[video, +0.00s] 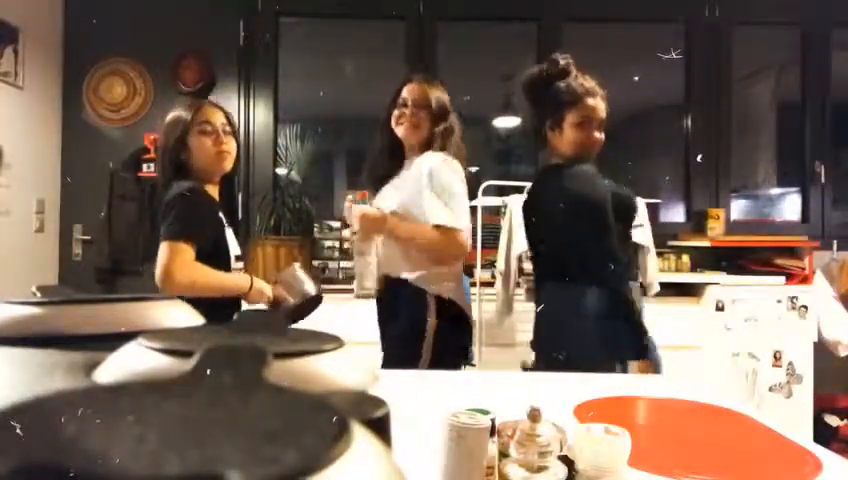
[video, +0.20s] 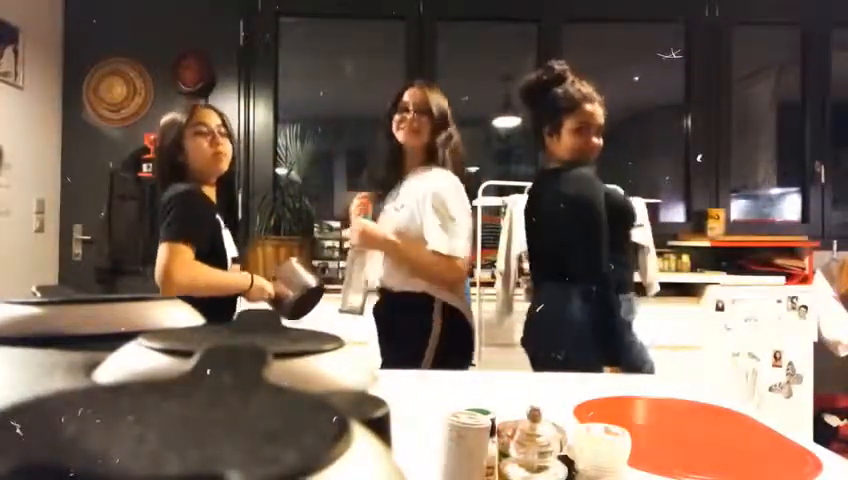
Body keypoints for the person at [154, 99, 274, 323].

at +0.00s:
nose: (222, 139)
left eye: (227, 131)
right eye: (206, 131)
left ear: (236, 141)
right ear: (181, 148)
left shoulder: (212, 202)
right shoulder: (187, 198)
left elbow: (222, 278)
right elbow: (173, 275)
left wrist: (268, 292)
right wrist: (247, 285)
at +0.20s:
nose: (218, 140)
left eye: (223, 133)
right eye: (202, 133)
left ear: (231, 143)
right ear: (177, 149)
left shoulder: (208, 203)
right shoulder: (187, 200)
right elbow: (173, 277)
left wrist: (268, 289)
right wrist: (248, 283)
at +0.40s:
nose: (216, 137)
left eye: (221, 129)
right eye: (201, 129)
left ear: (230, 139)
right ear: (175, 144)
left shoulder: (204, 198)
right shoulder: (184, 196)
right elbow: (175, 269)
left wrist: (266, 285)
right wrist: (249, 279)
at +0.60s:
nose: (216, 145)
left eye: (222, 137)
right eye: (201, 137)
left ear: (231, 148)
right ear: (176, 153)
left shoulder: (207, 206)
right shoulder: (185, 203)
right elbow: (177, 275)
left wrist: (272, 282)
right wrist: (253, 278)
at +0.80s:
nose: (219, 140)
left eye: (226, 133)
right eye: (205, 133)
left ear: (235, 144)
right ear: (180, 148)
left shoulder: (210, 200)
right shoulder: (190, 199)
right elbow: (181, 269)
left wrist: (266, 275)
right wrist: (255, 274)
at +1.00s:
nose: (223, 149)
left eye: (230, 140)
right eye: (208, 141)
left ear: (240, 151)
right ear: (185, 156)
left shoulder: (220, 211)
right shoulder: (195, 207)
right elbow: (183, 281)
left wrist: (272, 285)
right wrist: (255, 284)